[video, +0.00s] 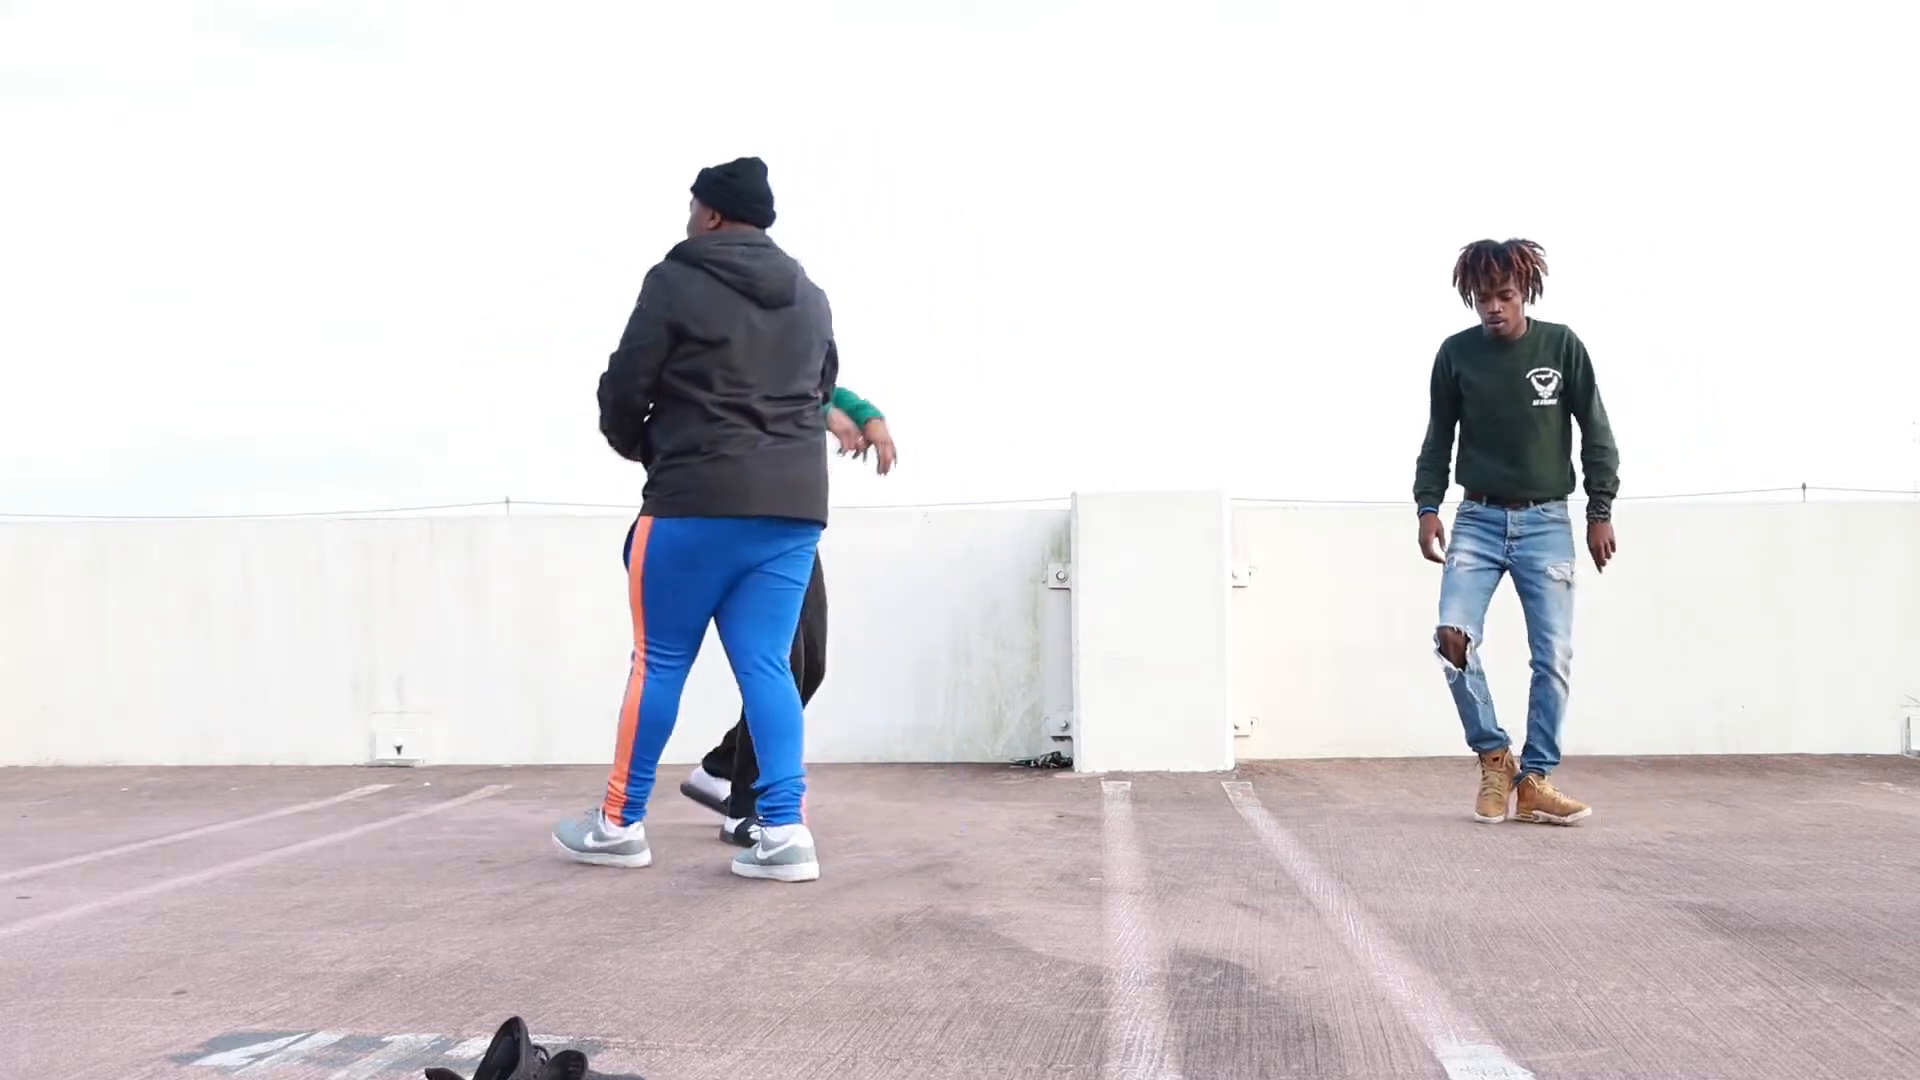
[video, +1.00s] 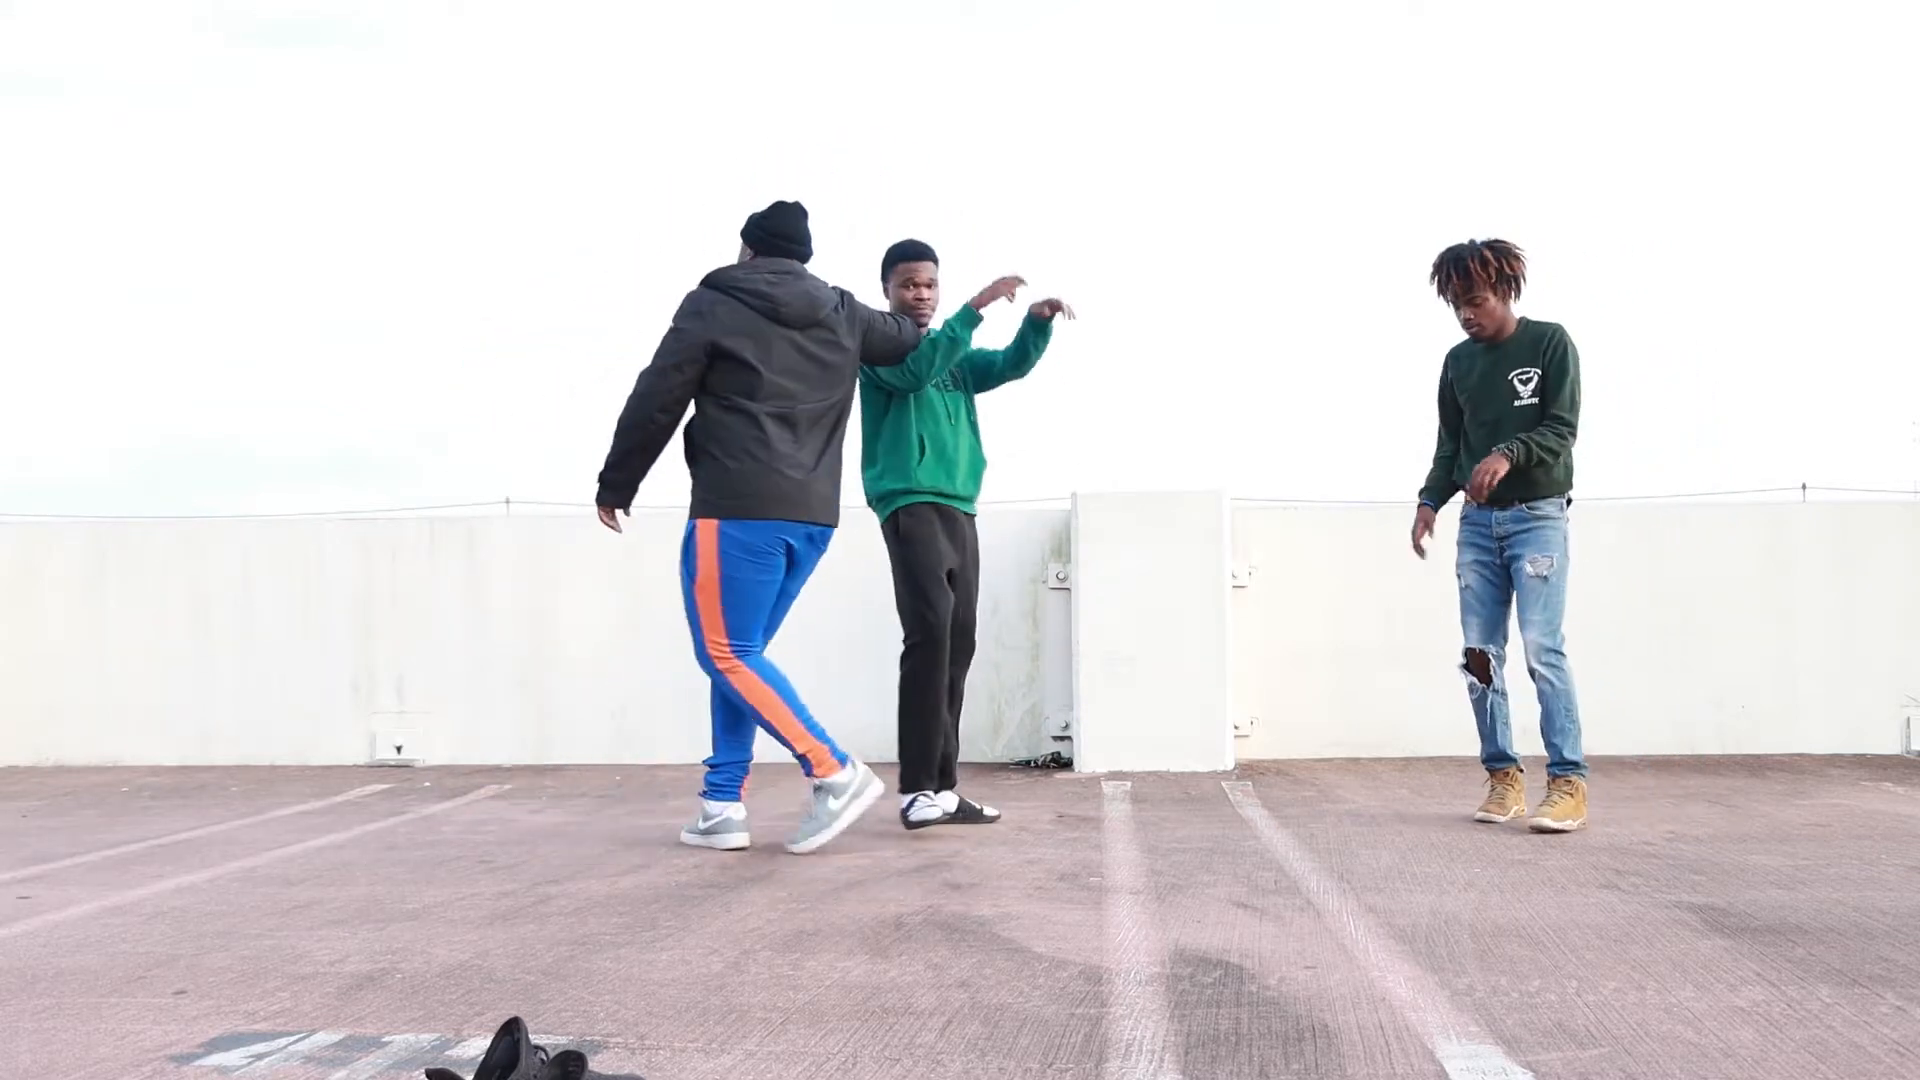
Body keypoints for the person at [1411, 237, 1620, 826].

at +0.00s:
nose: (1491, 307)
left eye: (1502, 295)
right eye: (1481, 297)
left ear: (1526, 292)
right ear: (1470, 298)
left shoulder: (1561, 345)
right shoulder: (1455, 354)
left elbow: (1596, 431)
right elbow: (1438, 437)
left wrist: (1599, 512)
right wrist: (1427, 506)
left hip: (1547, 523)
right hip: (1477, 522)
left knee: (1554, 656)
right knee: (1452, 638)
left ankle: (1534, 781)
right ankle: (1494, 759)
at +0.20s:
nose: (1481, 317)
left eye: (1491, 304)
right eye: (1471, 306)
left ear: (1517, 296)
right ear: (1461, 305)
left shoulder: (1556, 345)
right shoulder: (1456, 357)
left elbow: (1591, 431)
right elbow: (1444, 439)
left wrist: (1582, 509)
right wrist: (1435, 516)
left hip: (1538, 520)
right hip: (1473, 521)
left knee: (1533, 654)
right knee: (1463, 647)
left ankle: (1531, 777)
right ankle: (1497, 765)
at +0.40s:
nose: (1473, 309)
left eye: (1483, 296)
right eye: (1463, 300)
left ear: (1511, 292)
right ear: (1455, 302)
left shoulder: (1549, 345)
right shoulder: (1454, 357)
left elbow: (1570, 437)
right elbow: (1446, 441)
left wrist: (1552, 511)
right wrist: (1439, 520)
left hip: (1530, 519)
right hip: (1469, 519)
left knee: (1527, 649)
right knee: (1467, 652)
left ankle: (1532, 775)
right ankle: (1497, 768)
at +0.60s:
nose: (1467, 301)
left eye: (1478, 288)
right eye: (1459, 291)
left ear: (1509, 286)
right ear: (1451, 294)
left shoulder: (1545, 345)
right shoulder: (1449, 355)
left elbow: (1568, 434)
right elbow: (1442, 439)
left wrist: (1524, 464)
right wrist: (1434, 519)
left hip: (1530, 517)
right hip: (1467, 518)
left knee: (1525, 642)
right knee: (1475, 650)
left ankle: (1532, 772)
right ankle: (1499, 772)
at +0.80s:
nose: (1464, 306)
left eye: (1475, 293)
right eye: (1456, 296)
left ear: (1508, 290)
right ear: (1449, 297)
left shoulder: (1545, 346)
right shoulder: (1449, 360)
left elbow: (1565, 433)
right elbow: (1441, 444)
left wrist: (1519, 464)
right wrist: (1433, 522)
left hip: (1530, 518)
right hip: (1468, 522)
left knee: (1526, 639)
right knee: (1475, 651)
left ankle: (1539, 768)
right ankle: (1500, 773)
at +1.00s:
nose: (1465, 316)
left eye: (1474, 303)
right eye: (1457, 306)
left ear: (1507, 291)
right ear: (1452, 303)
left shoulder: (1550, 341)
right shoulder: (1458, 361)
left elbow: (1560, 428)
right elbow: (1451, 442)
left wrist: (1509, 454)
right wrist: (1429, 501)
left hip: (1538, 518)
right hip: (1478, 523)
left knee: (1542, 650)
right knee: (1480, 655)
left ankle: (1567, 784)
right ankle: (1502, 778)